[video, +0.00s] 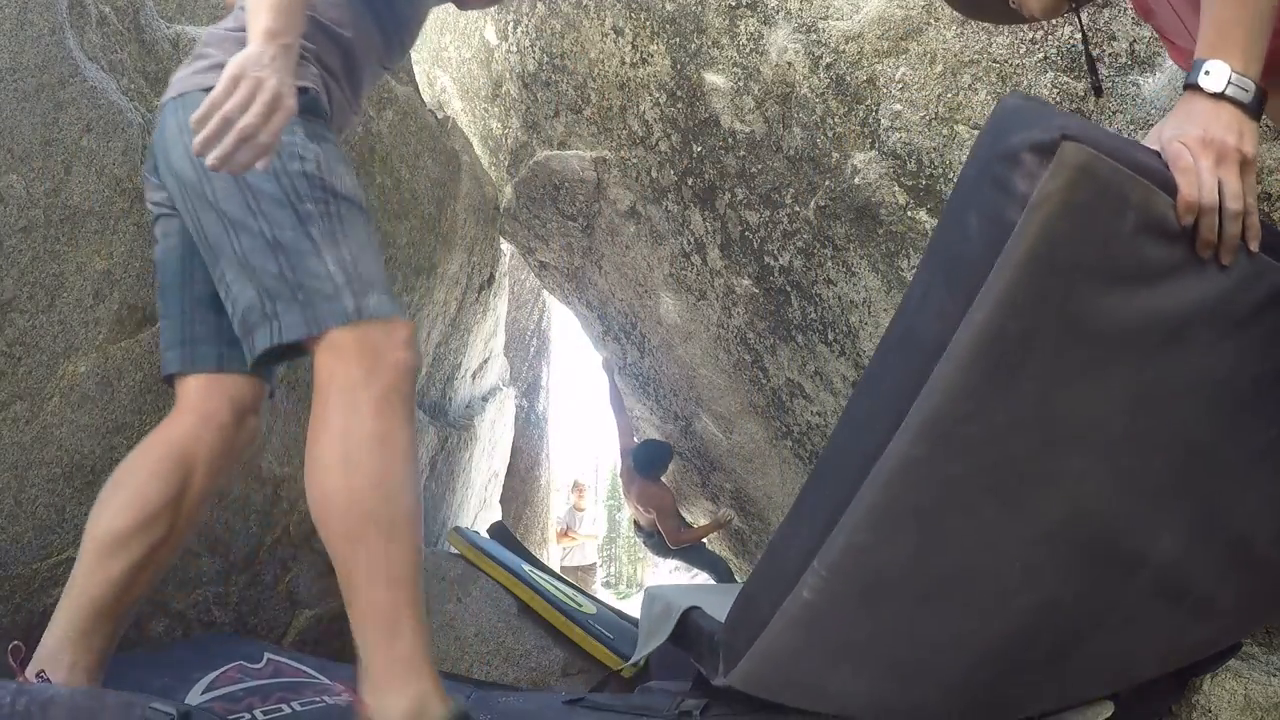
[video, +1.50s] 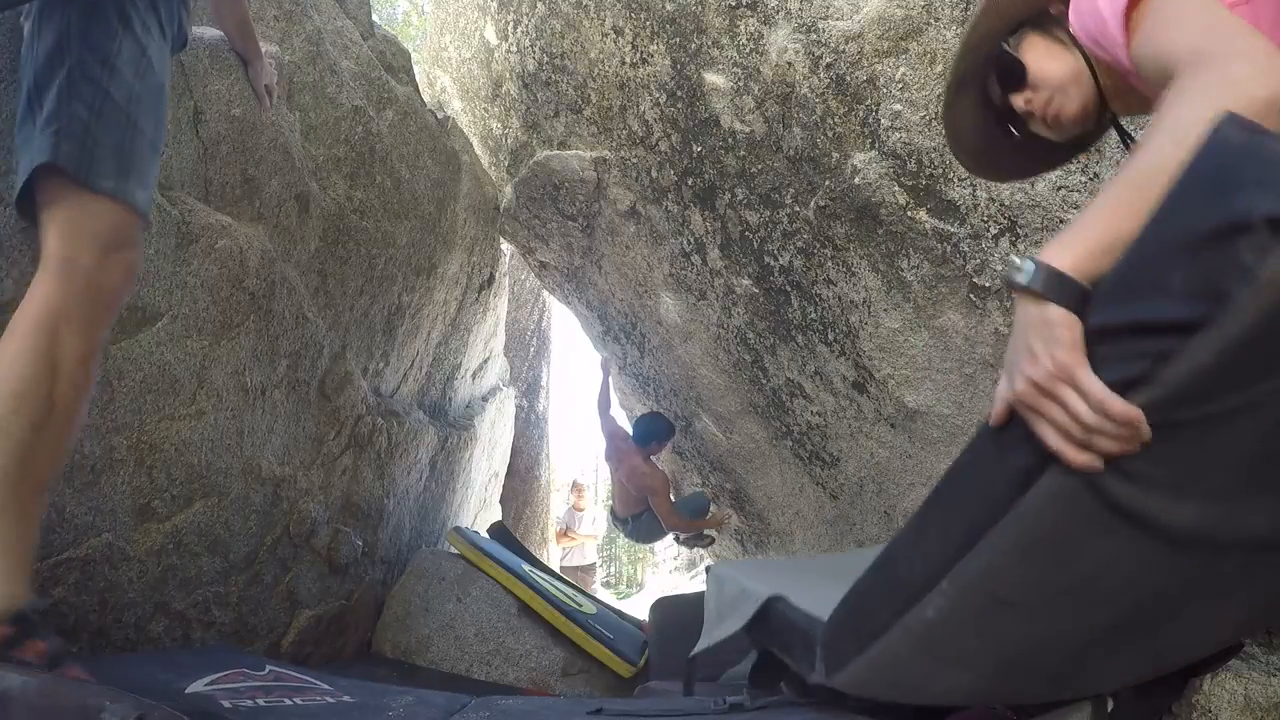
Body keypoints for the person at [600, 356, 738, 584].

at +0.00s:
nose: (668, 462)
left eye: (667, 457)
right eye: (666, 460)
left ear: (637, 452)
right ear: (660, 468)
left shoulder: (627, 460)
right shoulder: (660, 497)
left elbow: (620, 415)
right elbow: (676, 540)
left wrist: (610, 376)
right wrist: (715, 525)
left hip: (642, 530)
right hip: (662, 540)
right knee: (716, 564)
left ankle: (696, 546)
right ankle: (737, 599)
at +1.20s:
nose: (664, 448)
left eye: (665, 444)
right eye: (663, 444)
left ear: (636, 432)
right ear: (652, 444)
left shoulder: (616, 440)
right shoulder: (653, 480)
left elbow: (604, 409)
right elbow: (673, 525)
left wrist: (605, 375)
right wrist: (710, 524)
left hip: (621, 518)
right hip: (644, 528)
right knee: (712, 534)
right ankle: (707, 584)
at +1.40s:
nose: (665, 446)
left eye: (666, 442)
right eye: (664, 442)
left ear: (637, 429)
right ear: (655, 444)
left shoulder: (616, 438)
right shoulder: (654, 479)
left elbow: (603, 411)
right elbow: (672, 524)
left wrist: (605, 375)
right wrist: (710, 524)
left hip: (617, 517)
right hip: (641, 529)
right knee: (704, 511)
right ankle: (693, 549)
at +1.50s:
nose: (666, 446)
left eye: (667, 442)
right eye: (665, 442)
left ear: (637, 430)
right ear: (655, 445)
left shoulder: (616, 438)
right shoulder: (654, 478)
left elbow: (603, 411)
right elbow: (671, 524)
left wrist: (605, 375)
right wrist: (711, 524)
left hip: (616, 517)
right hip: (638, 528)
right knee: (701, 500)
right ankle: (689, 537)